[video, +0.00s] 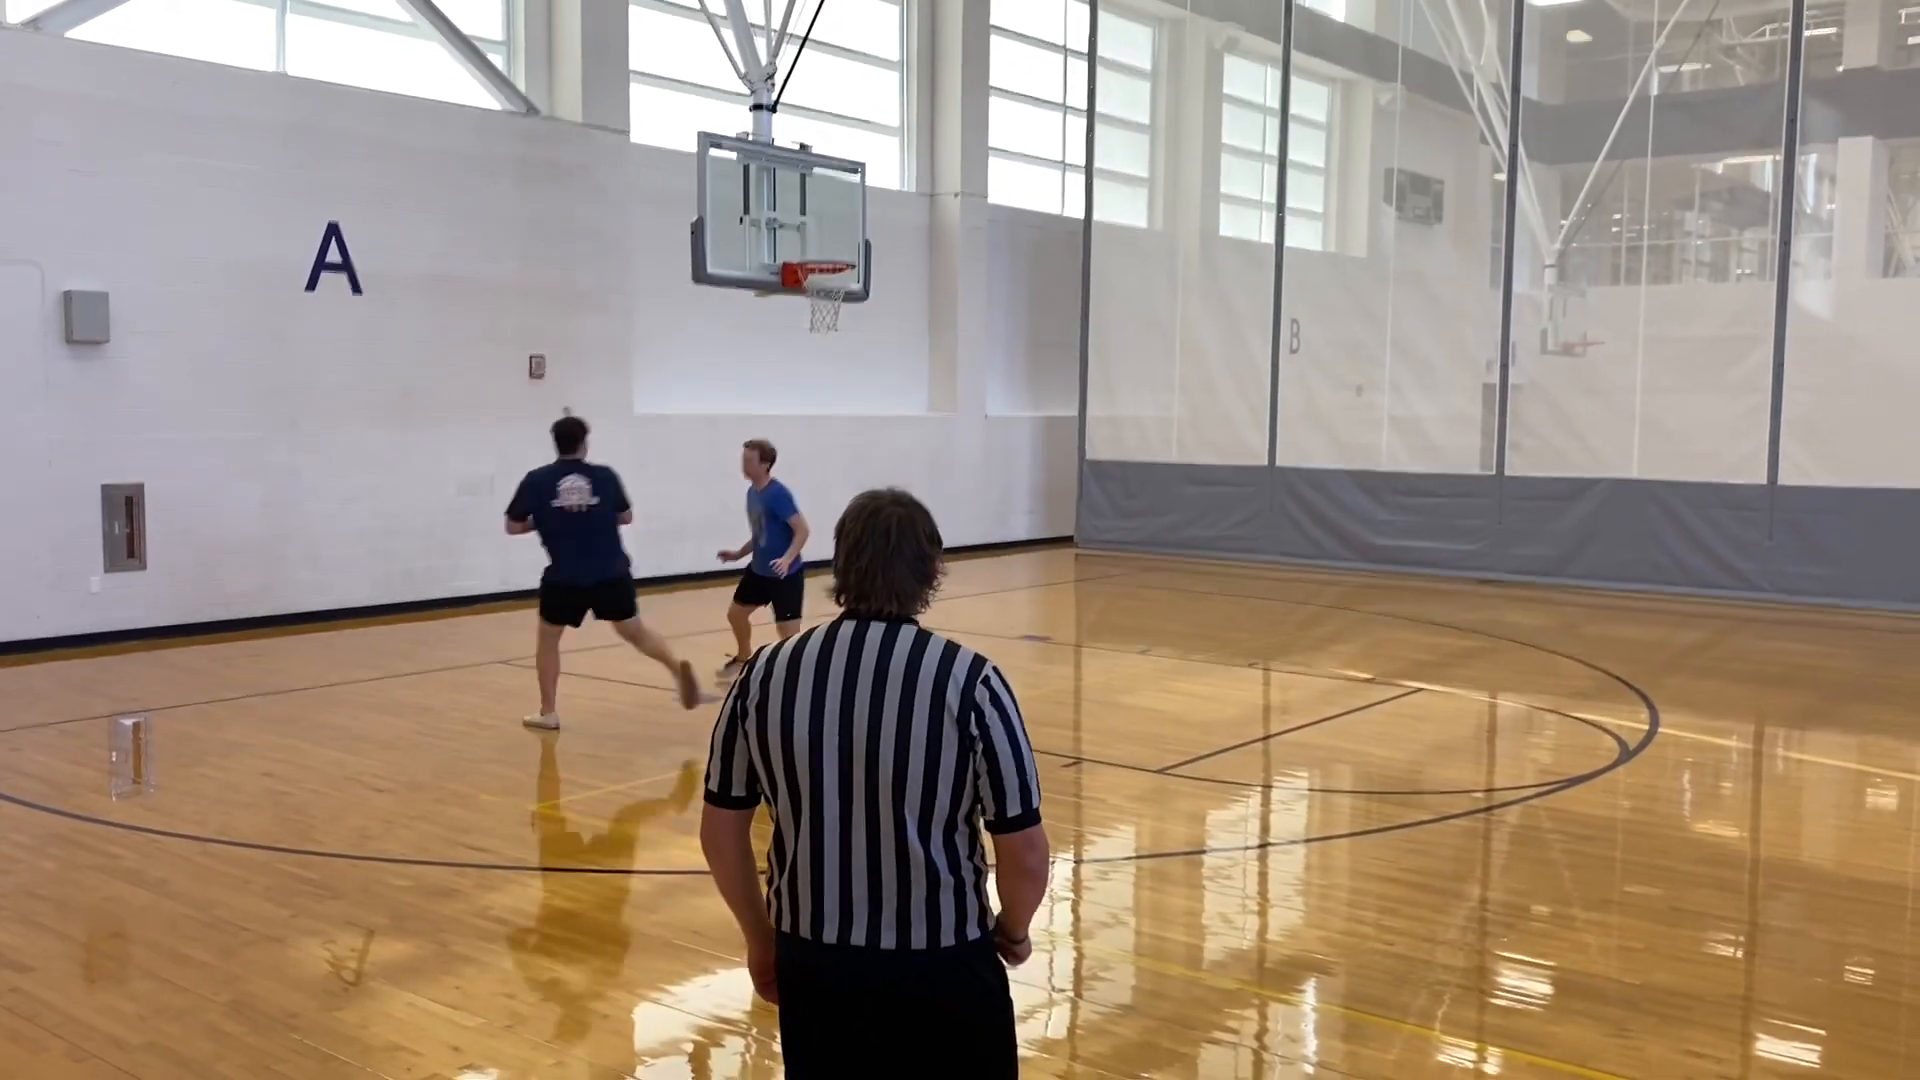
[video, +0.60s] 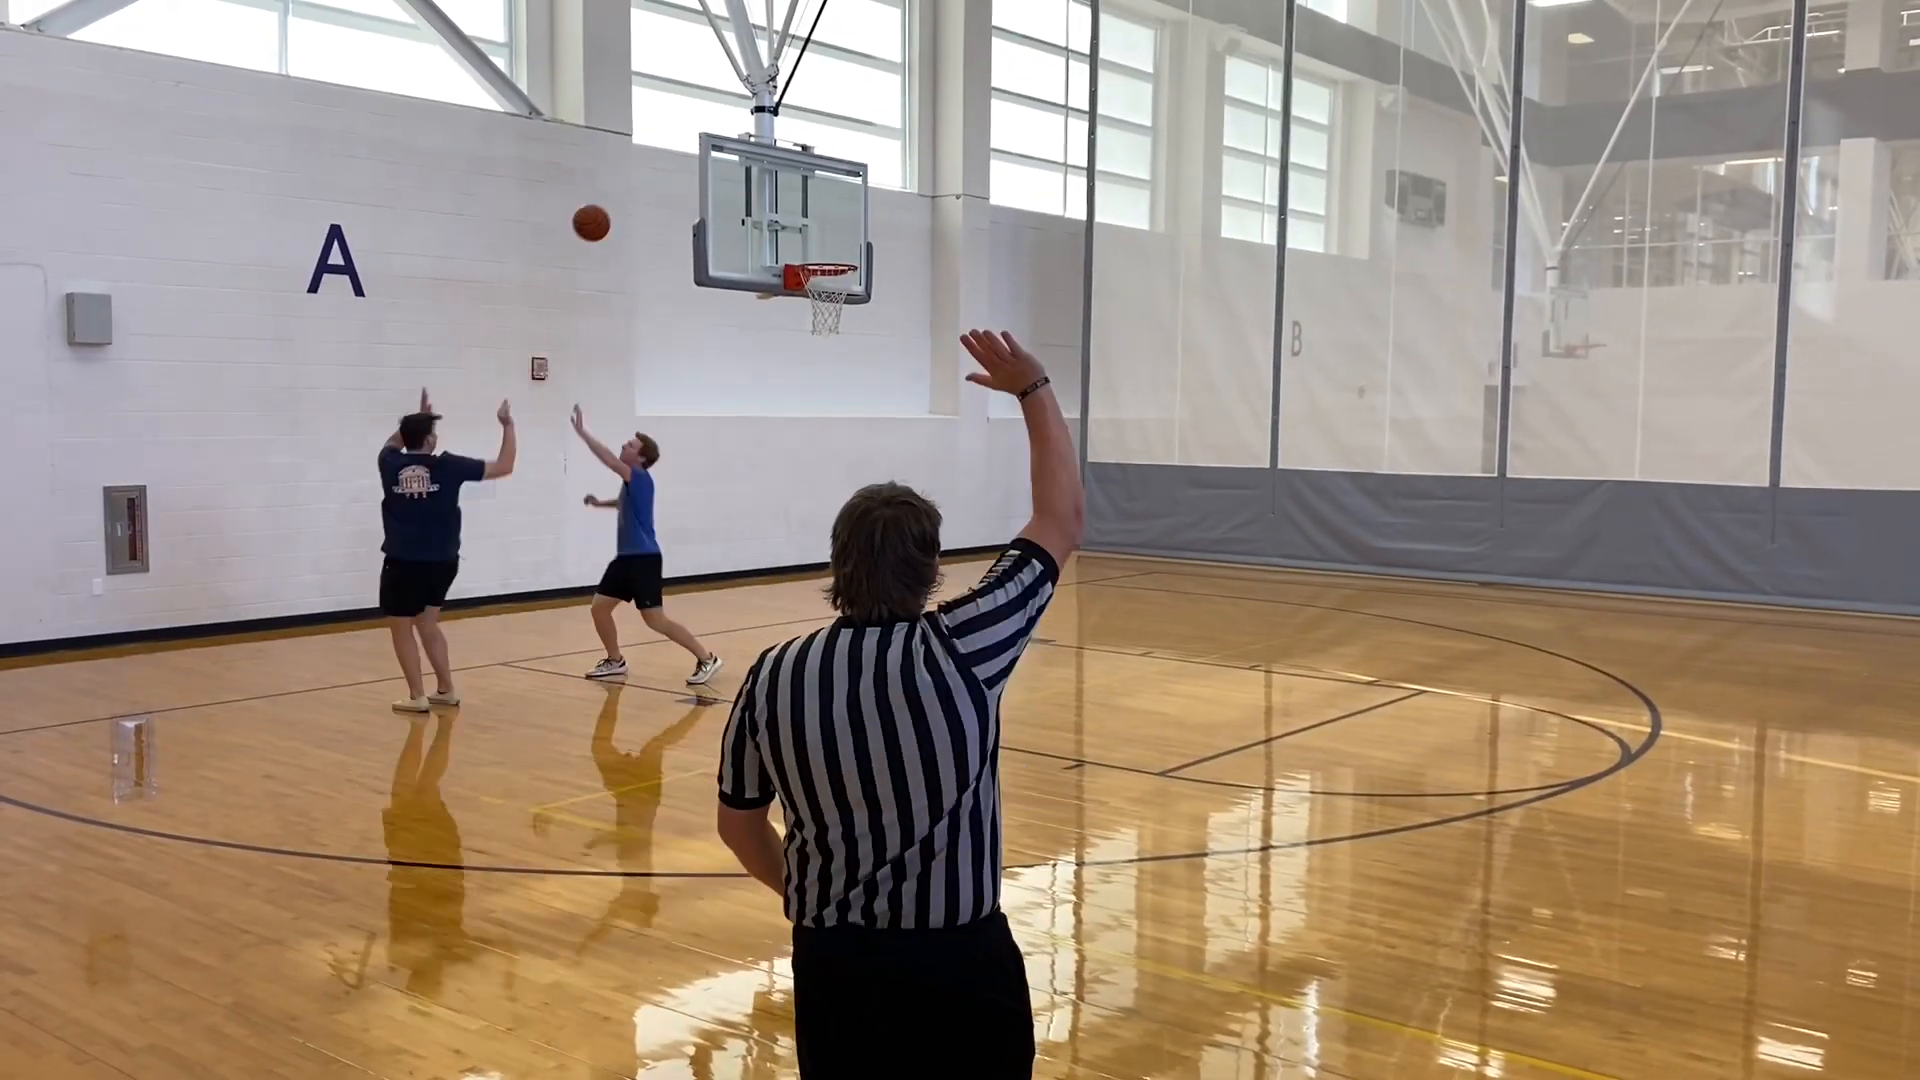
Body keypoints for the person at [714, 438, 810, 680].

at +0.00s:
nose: (743, 465)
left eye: (748, 460)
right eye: (743, 460)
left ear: (764, 464)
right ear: (751, 462)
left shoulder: (778, 494)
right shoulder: (752, 493)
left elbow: (802, 530)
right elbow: (760, 535)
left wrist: (787, 559)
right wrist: (738, 554)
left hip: (786, 574)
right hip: (759, 571)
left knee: (788, 632)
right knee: (736, 615)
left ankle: (796, 679)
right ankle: (744, 657)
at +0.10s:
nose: (722, 464)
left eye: (727, 460)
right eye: (722, 459)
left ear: (743, 465)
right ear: (727, 463)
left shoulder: (754, 496)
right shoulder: (727, 491)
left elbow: (778, 534)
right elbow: (731, 531)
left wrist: (759, 558)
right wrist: (711, 550)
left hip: (759, 575)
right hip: (735, 572)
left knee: (769, 632)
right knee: (730, 620)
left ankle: (811, 654)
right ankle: (751, 666)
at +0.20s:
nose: (701, 449)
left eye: (707, 446)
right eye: (702, 444)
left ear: (723, 452)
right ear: (708, 450)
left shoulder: (732, 482)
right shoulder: (706, 476)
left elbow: (748, 524)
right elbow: (711, 514)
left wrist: (726, 557)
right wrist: (694, 534)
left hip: (739, 558)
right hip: (715, 555)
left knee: (736, 616)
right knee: (707, 609)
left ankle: (774, 659)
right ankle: (741, 655)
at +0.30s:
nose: (681, 442)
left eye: (686, 439)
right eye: (682, 438)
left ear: (702, 446)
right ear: (693, 445)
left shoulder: (709, 475)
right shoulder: (687, 472)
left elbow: (714, 519)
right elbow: (693, 511)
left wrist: (690, 551)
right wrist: (676, 534)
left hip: (721, 551)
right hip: (698, 549)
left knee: (705, 609)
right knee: (673, 598)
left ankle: (726, 659)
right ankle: (705, 643)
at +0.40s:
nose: (662, 446)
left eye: (669, 444)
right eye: (664, 442)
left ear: (683, 452)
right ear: (671, 451)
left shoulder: (688, 480)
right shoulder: (669, 480)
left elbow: (681, 521)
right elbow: (672, 521)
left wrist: (647, 546)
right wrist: (655, 545)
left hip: (697, 558)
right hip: (673, 553)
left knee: (681, 616)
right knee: (647, 598)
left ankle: (711, 663)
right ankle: (648, 654)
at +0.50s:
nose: (644, 454)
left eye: (651, 452)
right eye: (647, 450)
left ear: (663, 462)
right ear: (655, 461)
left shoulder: (668, 490)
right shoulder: (650, 489)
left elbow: (637, 509)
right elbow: (649, 527)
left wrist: (598, 508)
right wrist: (623, 543)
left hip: (675, 567)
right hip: (652, 562)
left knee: (665, 625)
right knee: (621, 606)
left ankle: (711, 664)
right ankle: (616, 659)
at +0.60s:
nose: (623, 447)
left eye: (630, 446)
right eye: (627, 444)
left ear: (641, 457)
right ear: (636, 454)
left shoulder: (641, 479)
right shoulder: (630, 482)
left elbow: (608, 458)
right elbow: (622, 504)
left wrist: (582, 432)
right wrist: (599, 503)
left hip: (645, 559)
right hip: (626, 559)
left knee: (655, 619)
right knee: (599, 609)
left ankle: (707, 659)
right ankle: (615, 662)